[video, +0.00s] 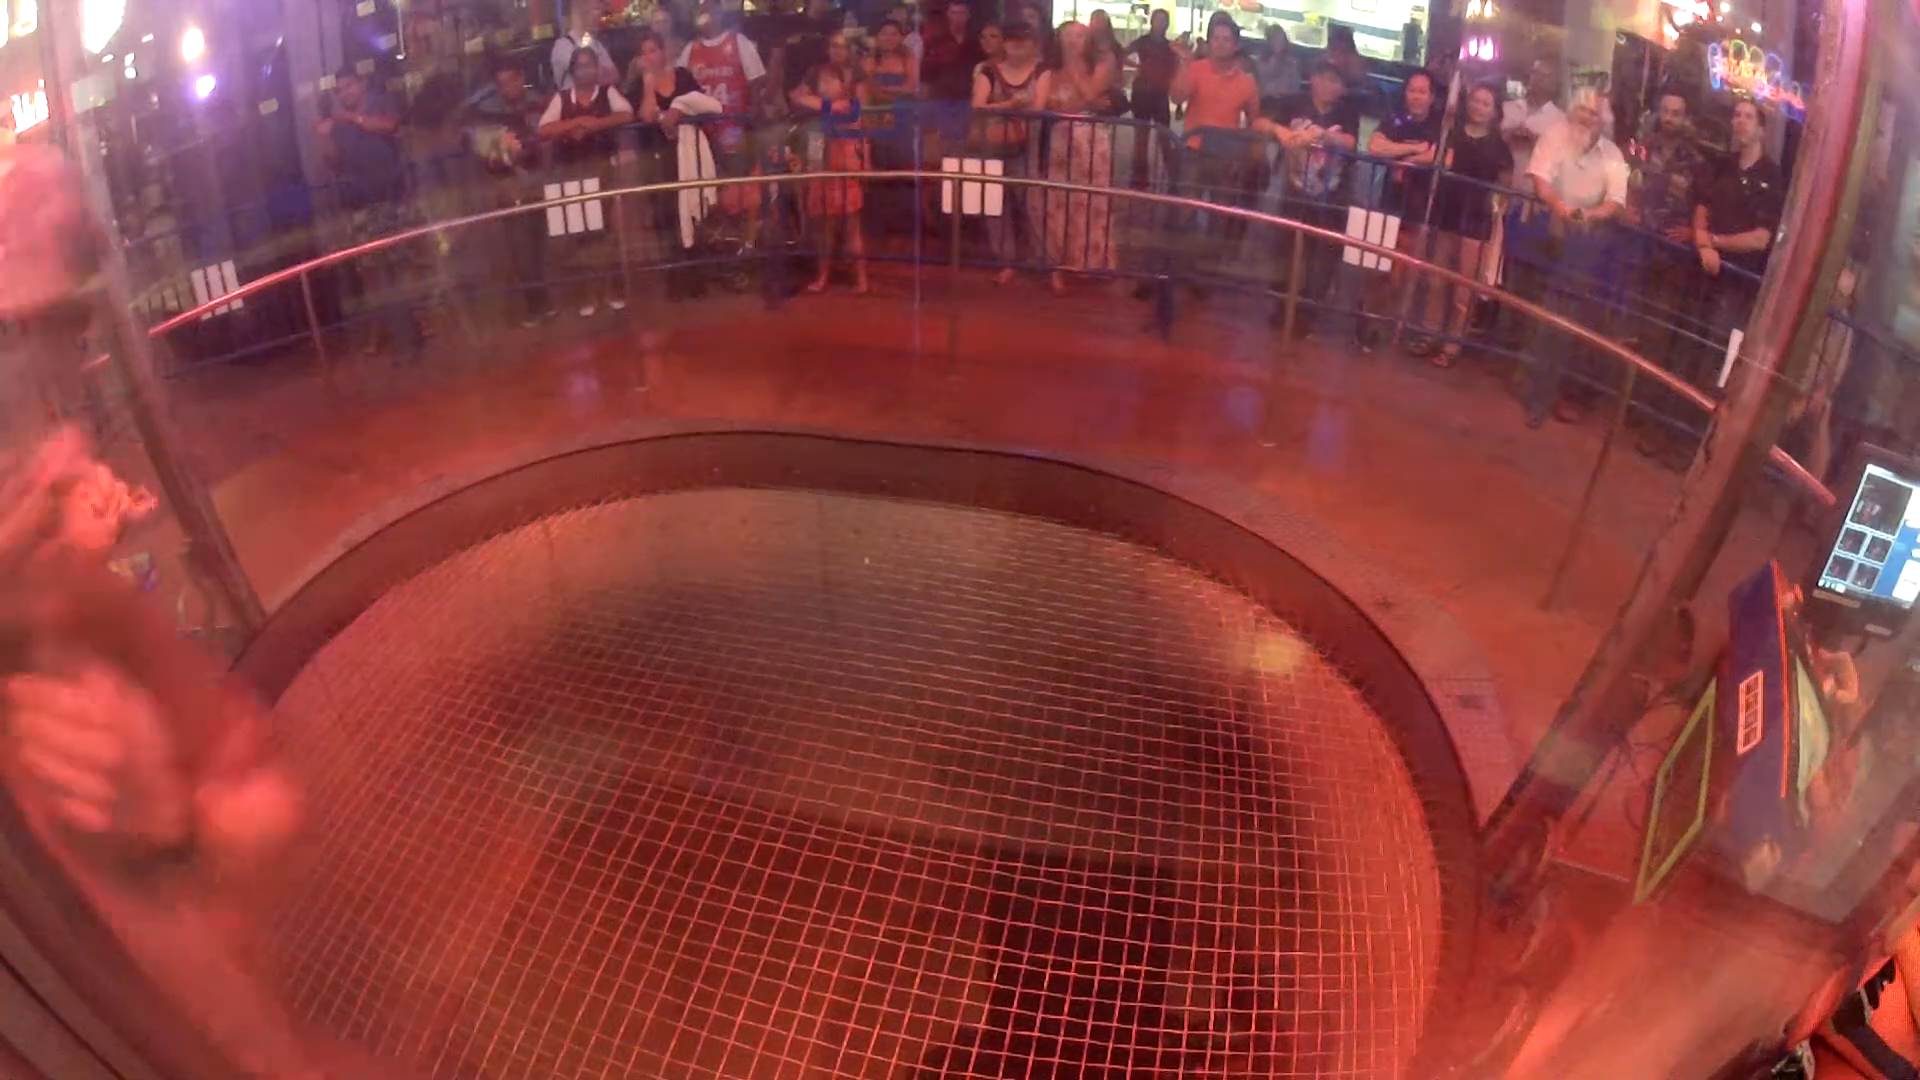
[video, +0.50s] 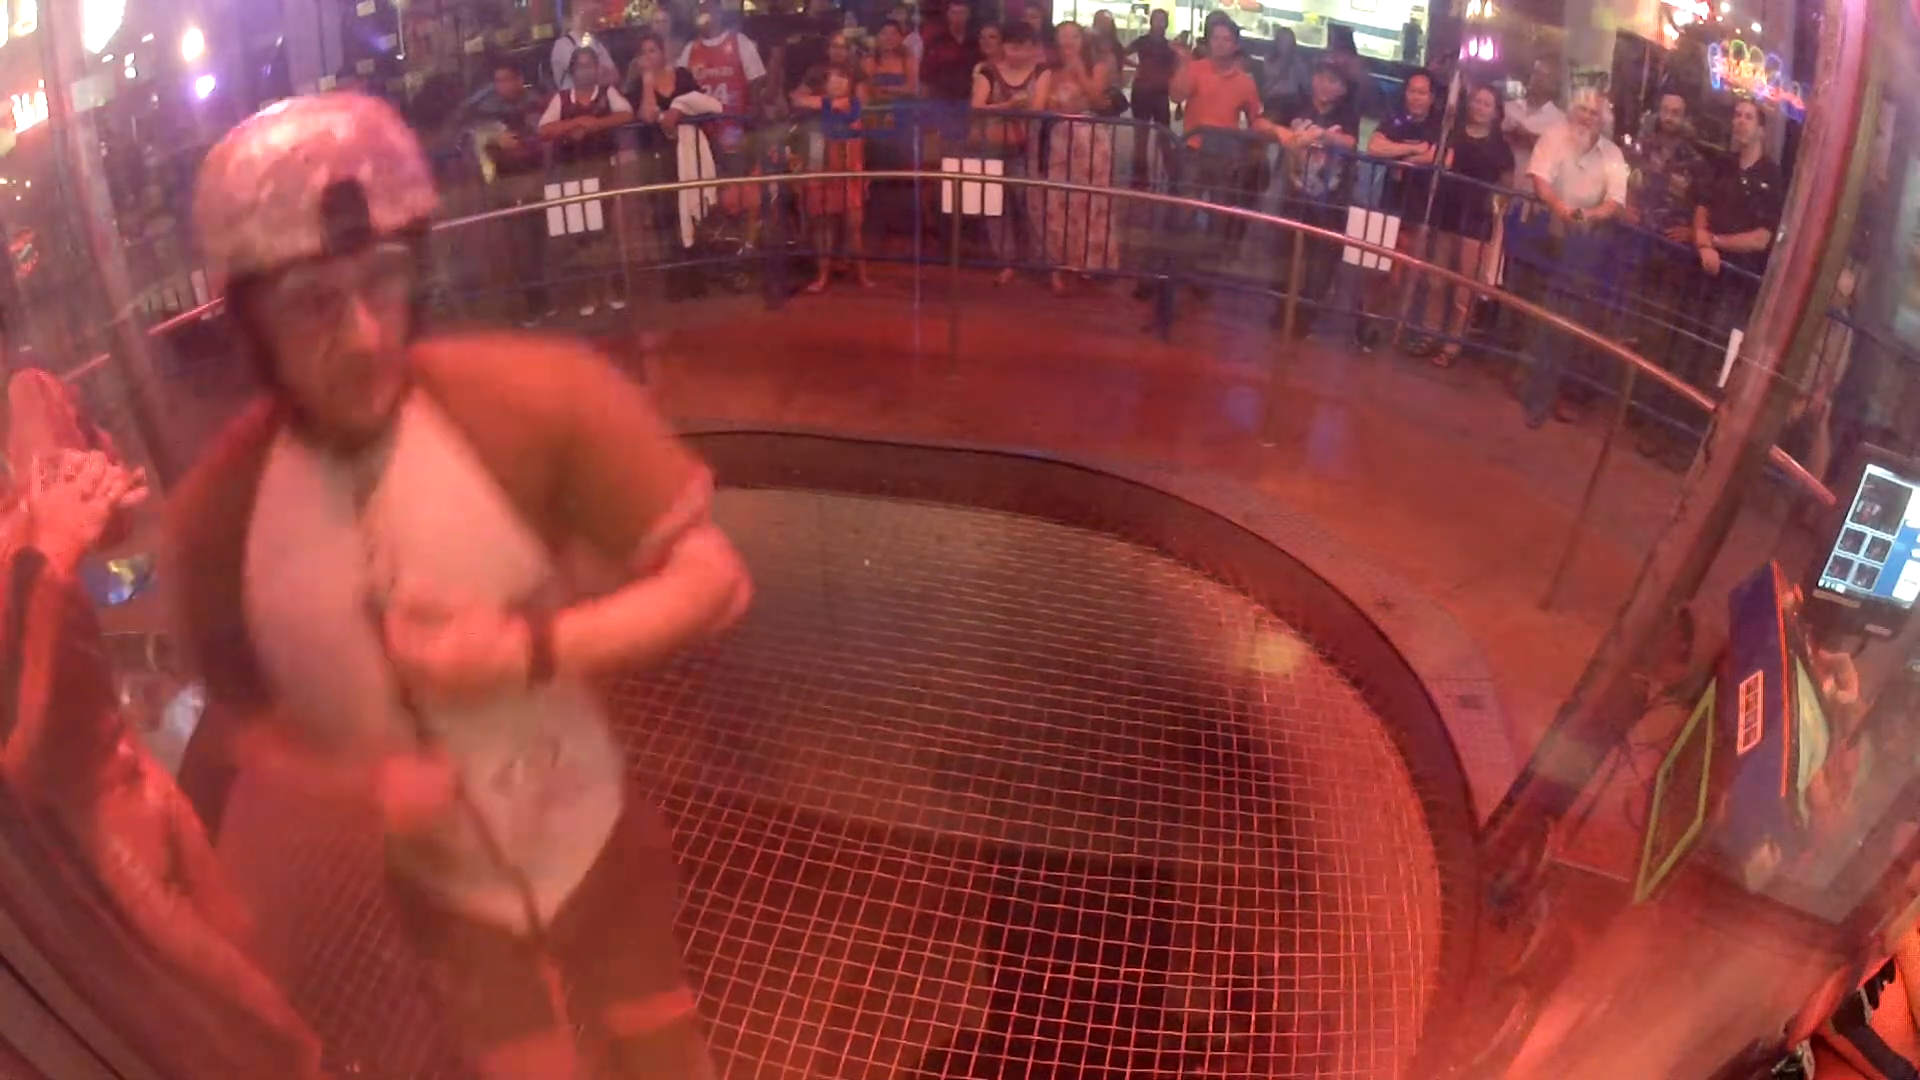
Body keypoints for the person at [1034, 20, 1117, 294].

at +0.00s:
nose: (1075, 40)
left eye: (1081, 36)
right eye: (1070, 36)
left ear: (1088, 40)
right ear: (1061, 40)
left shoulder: (1099, 66)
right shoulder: (1051, 74)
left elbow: (1090, 94)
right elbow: (1038, 108)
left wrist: (1074, 63)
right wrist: (1069, 106)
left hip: (1088, 137)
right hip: (1060, 136)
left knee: (1086, 200)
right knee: (1057, 199)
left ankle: (1084, 263)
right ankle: (1057, 264)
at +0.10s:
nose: (1074, 41)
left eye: (1079, 37)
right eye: (1068, 36)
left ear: (1087, 42)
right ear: (1059, 41)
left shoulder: (1097, 67)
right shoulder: (1051, 74)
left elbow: (1094, 95)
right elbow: (1039, 107)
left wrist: (1075, 68)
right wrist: (1067, 103)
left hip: (1089, 137)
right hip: (1060, 137)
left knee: (1087, 201)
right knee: (1058, 201)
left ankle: (1085, 264)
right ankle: (1058, 264)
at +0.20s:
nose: (1071, 41)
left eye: (1076, 36)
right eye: (1066, 36)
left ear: (1085, 41)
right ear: (1058, 41)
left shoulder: (1095, 69)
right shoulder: (1051, 74)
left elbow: (1096, 97)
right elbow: (1039, 107)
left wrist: (1077, 68)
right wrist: (1062, 103)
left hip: (1088, 137)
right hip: (1059, 136)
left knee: (1088, 201)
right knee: (1058, 200)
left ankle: (1085, 264)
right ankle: (1059, 264)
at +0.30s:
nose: (1069, 41)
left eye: (1074, 36)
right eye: (1065, 36)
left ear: (1084, 41)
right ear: (1057, 41)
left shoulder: (1095, 68)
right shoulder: (1051, 74)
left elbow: (1095, 96)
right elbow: (1038, 107)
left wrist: (1077, 67)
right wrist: (1064, 104)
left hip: (1088, 136)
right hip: (1059, 136)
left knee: (1087, 201)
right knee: (1058, 200)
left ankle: (1085, 263)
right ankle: (1059, 264)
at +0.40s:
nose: (1069, 41)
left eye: (1074, 36)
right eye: (1064, 36)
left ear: (1083, 40)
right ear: (1057, 40)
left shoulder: (1095, 68)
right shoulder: (1050, 74)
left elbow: (1095, 97)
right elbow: (1037, 108)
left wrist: (1076, 66)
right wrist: (1064, 105)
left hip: (1088, 137)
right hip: (1059, 137)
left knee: (1087, 201)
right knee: (1058, 200)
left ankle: (1085, 264)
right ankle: (1058, 265)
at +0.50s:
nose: (1067, 45)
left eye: (1072, 39)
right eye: (1063, 40)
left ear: (1082, 42)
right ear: (1055, 44)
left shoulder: (1095, 68)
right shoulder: (1051, 74)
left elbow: (1097, 98)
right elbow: (1039, 108)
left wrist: (1078, 71)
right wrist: (1061, 105)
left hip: (1089, 137)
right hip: (1059, 137)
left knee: (1088, 200)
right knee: (1059, 200)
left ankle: (1086, 263)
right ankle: (1059, 264)